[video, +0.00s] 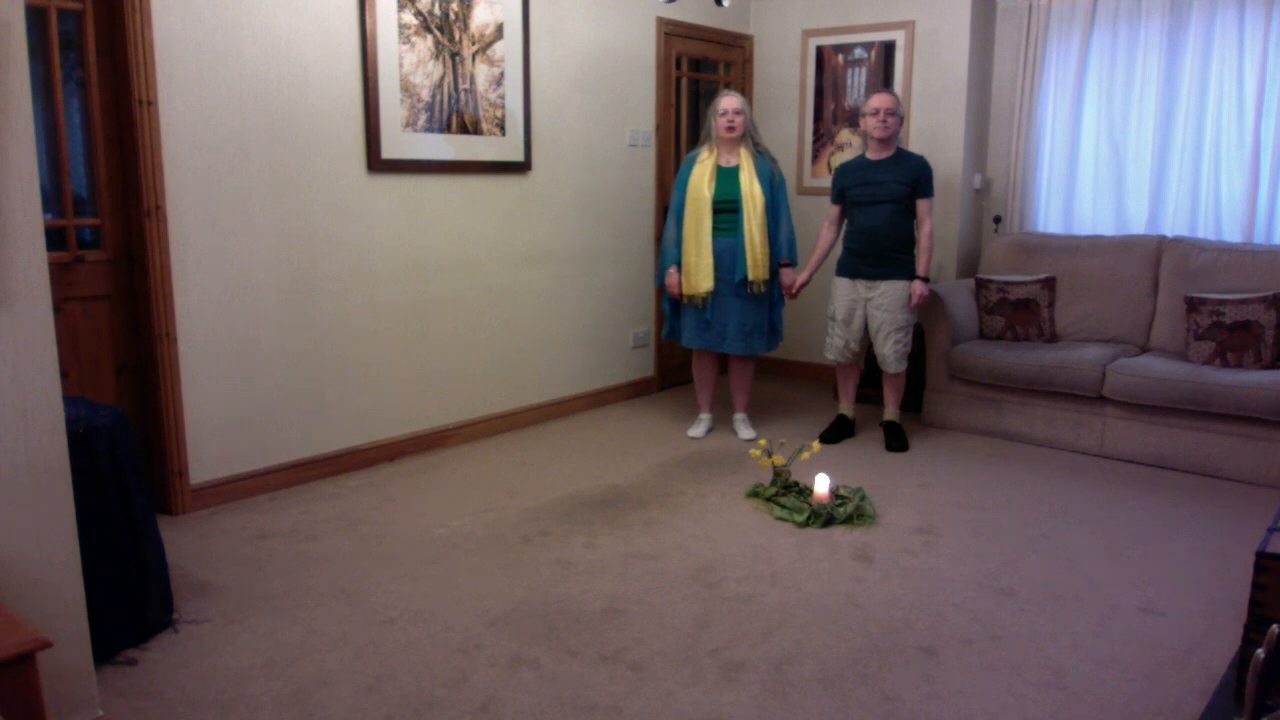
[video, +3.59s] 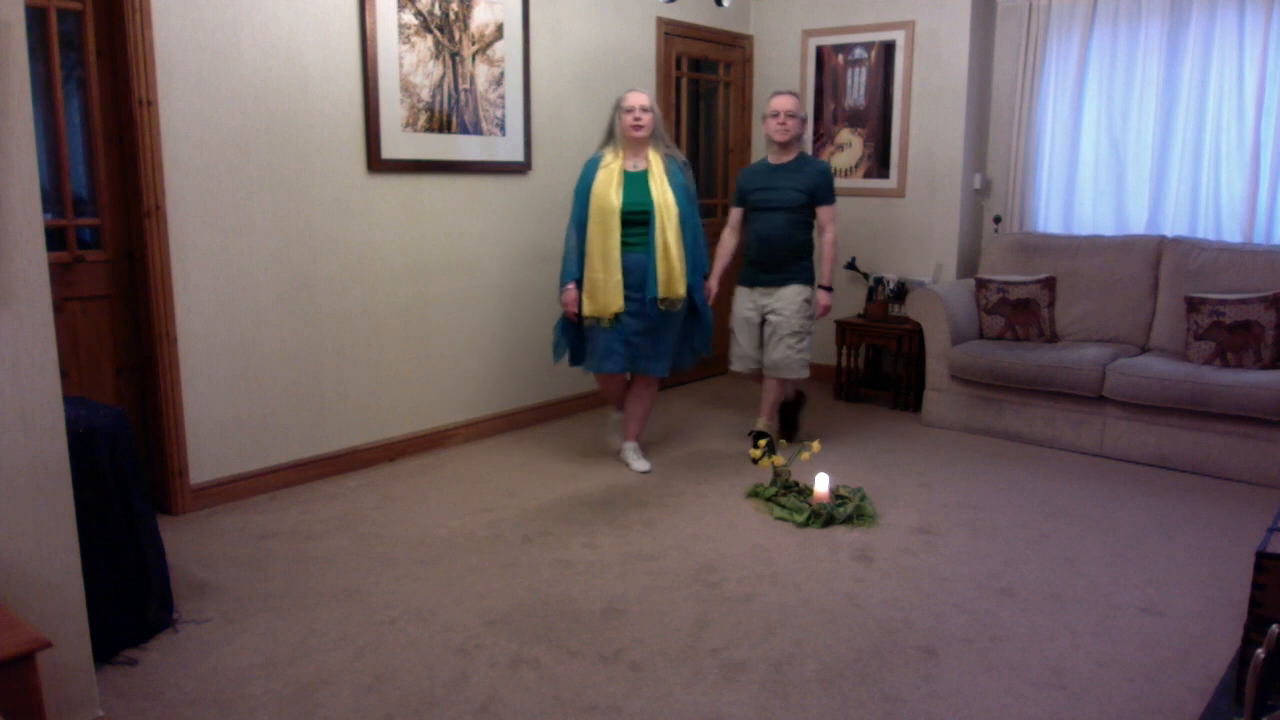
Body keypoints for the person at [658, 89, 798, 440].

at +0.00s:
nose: (730, 119)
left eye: (737, 113)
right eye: (723, 113)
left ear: (747, 119)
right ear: (713, 120)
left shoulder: (764, 164)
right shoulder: (694, 163)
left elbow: (780, 216)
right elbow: (675, 218)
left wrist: (785, 264)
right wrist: (671, 266)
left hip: (750, 269)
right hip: (702, 269)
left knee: (743, 345)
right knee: (703, 343)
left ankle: (741, 414)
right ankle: (705, 413)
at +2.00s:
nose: (734, 120)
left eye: (741, 114)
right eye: (727, 114)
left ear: (751, 119)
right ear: (716, 121)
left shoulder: (769, 164)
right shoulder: (698, 163)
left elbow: (786, 216)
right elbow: (681, 219)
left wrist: (791, 265)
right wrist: (675, 267)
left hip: (754, 271)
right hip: (705, 271)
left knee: (747, 346)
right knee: (705, 345)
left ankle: (741, 414)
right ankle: (704, 413)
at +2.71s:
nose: (692, 123)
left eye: (699, 116)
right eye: (685, 117)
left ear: (710, 122)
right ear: (674, 124)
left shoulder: (728, 168)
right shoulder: (655, 168)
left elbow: (748, 222)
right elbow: (637, 224)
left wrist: (762, 269)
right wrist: (626, 270)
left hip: (715, 274)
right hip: (660, 274)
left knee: (725, 348)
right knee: (656, 349)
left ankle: (736, 413)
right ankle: (658, 415)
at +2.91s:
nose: (674, 123)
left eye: (681, 116)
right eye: (666, 117)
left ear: (692, 122)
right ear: (656, 123)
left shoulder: (710, 169)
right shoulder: (637, 167)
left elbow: (729, 224)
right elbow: (617, 222)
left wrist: (739, 271)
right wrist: (605, 270)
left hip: (694, 276)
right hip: (643, 277)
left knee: (697, 347)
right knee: (648, 348)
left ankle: (698, 412)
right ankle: (655, 416)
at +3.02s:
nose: (668, 121)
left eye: (675, 115)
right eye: (661, 115)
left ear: (686, 120)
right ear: (650, 121)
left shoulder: (704, 169)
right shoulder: (630, 166)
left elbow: (722, 222)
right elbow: (610, 222)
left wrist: (731, 269)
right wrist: (599, 272)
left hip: (687, 274)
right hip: (637, 274)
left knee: (680, 347)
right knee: (646, 348)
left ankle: (666, 420)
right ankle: (655, 417)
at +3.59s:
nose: (637, 116)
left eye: (645, 110)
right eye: (630, 111)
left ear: (656, 119)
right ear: (617, 119)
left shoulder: (674, 167)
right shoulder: (597, 166)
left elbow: (692, 225)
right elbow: (577, 229)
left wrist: (700, 277)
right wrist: (570, 282)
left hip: (661, 283)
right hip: (607, 283)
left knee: (648, 367)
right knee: (606, 367)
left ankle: (632, 442)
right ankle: (621, 409)